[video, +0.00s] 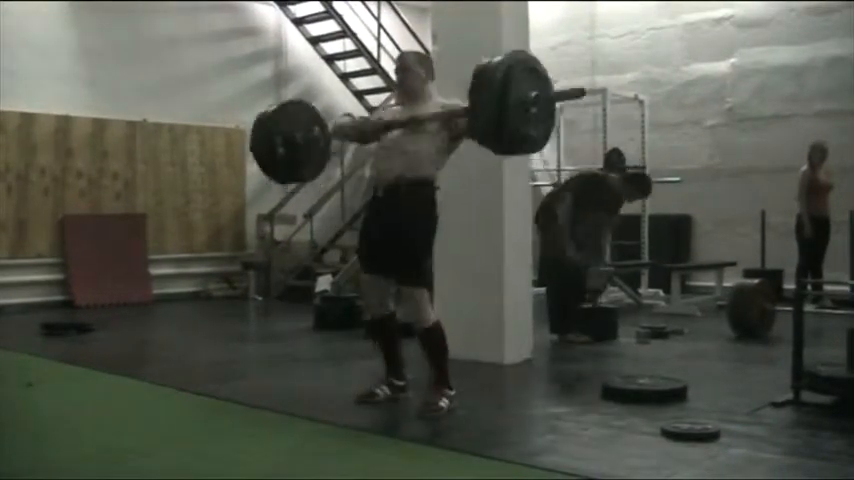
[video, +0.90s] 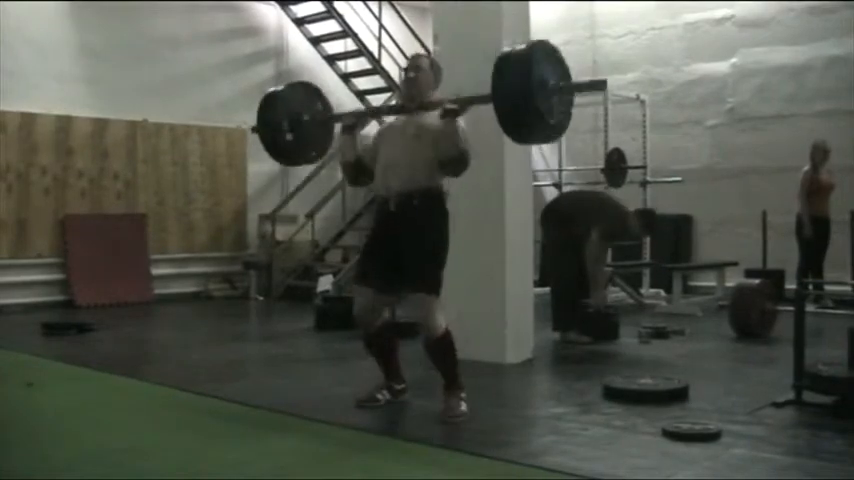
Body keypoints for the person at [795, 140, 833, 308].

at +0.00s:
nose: (819, 159)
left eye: (822, 156)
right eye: (817, 155)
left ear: (825, 157)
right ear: (810, 156)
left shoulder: (823, 173)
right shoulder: (806, 173)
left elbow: (821, 197)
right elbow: (802, 200)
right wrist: (806, 224)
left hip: (821, 219)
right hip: (808, 219)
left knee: (817, 259)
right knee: (805, 259)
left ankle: (818, 294)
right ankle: (800, 294)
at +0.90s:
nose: (823, 157)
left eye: (825, 154)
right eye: (820, 153)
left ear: (827, 155)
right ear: (813, 154)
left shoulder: (825, 173)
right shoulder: (808, 174)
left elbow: (823, 198)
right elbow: (802, 199)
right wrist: (806, 223)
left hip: (822, 219)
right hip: (808, 219)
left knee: (818, 259)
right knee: (806, 258)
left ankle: (819, 293)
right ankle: (802, 293)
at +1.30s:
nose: (827, 159)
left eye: (829, 155)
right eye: (825, 155)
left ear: (830, 157)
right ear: (818, 155)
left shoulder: (826, 175)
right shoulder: (811, 176)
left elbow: (824, 200)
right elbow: (806, 202)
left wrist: (832, 190)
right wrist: (810, 223)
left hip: (821, 220)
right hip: (808, 219)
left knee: (818, 259)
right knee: (806, 258)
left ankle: (819, 294)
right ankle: (802, 293)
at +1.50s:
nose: (827, 159)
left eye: (829, 155)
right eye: (825, 155)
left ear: (830, 157)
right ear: (818, 155)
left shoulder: (827, 174)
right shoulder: (812, 174)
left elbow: (824, 200)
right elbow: (807, 201)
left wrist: (832, 190)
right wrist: (811, 224)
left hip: (821, 220)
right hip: (808, 219)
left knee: (818, 259)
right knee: (806, 258)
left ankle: (819, 294)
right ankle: (802, 293)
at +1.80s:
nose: (827, 159)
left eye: (829, 155)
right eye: (825, 155)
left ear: (830, 157)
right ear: (818, 155)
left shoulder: (827, 174)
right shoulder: (812, 174)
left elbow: (825, 199)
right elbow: (807, 201)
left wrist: (833, 189)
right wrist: (811, 224)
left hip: (821, 220)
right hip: (808, 219)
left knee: (818, 259)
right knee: (806, 258)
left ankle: (819, 294)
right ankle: (802, 294)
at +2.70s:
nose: (819, 158)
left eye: (822, 155)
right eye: (816, 154)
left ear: (824, 157)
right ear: (810, 155)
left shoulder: (823, 173)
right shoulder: (805, 174)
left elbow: (820, 197)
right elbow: (799, 201)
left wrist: (826, 188)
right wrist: (805, 225)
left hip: (814, 219)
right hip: (800, 219)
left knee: (810, 259)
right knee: (799, 258)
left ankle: (811, 294)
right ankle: (794, 294)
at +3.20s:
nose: (819, 157)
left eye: (821, 154)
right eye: (817, 154)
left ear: (821, 156)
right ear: (810, 154)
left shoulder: (818, 172)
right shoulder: (804, 172)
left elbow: (817, 197)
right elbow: (798, 200)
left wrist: (824, 186)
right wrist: (803, 224)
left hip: (813, 219)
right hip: (800, 218)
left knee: (809, 258)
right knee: (798, 257)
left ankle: (810, 294)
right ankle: (793, 293)